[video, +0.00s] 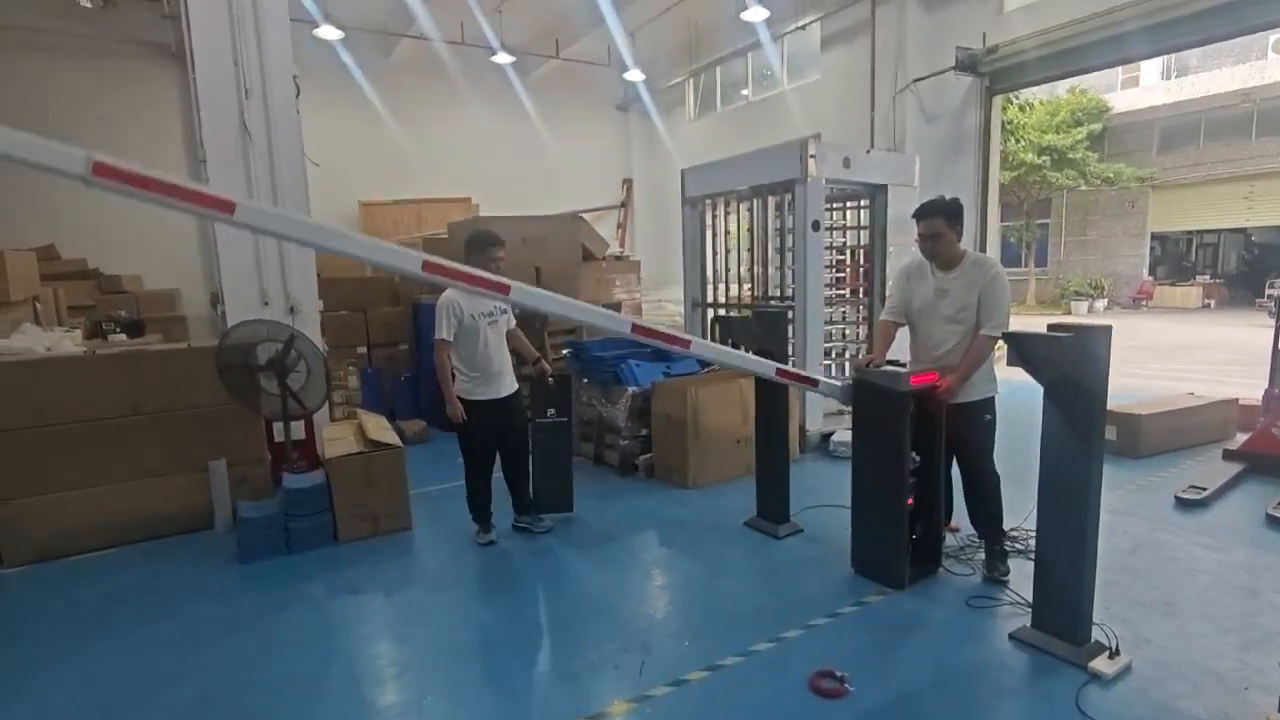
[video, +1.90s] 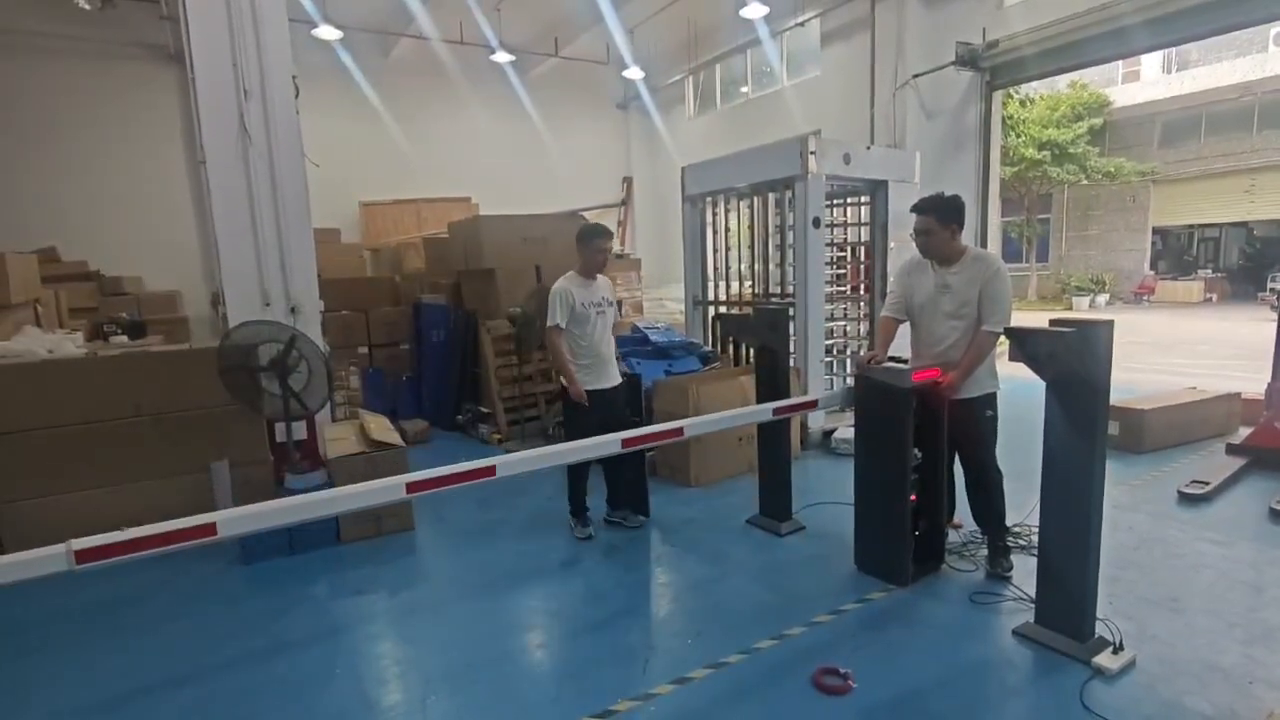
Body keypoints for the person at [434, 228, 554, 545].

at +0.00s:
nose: (501, 266)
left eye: (502, 260)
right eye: (495, 260)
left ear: (500, 260)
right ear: (475, 259)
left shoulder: (499, 293)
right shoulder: (452, 300)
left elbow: (512, 332)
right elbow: (441, 352)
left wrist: (536, 358)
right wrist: (450, 397)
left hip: (508, 395)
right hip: (473, 400)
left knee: (517, 459)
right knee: (479, 466)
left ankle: (523, 513)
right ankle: (483, 524)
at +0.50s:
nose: (532, 265)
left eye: (533, 259)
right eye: (526, 259)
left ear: (532, 260)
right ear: (507, 258)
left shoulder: (528, 292)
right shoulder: (490, 296)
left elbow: (533, 336)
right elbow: (483, 348)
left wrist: (551, 354)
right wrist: (492, 390)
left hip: (536, 388)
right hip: (507, 391)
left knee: (540, 450)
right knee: (503, 458)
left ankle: (543, 505)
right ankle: (490, 520)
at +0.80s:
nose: (551, 263)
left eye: (553, 257)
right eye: (545, 257)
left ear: (553, 258)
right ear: (528, 256)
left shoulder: (549, 291)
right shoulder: (510, 293)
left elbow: (554, 334)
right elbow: (503, 342)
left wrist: (573, 356)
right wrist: (514, 385)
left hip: (552, 385)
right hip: (528, 388)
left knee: (552, 449)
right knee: (537, 453)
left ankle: (546, 504)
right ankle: (532, 514)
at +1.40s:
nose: (577, 263)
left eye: (580, 257)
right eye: (571, 257)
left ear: (582, 256)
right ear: (553, 256)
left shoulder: (579, 288)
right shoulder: (536, 294)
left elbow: (592, 330)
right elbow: (527, 344)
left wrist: (612, 356)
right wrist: (537, 389)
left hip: (586, 386)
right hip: (557, 391)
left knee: (595, 442)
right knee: (565, 452)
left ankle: (560, 492)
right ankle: (579, 514)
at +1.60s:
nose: (590, 260)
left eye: (592, 254)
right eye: (584, 254)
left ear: (589, 254)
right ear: (565, 253)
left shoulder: (589, 286)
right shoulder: (545, 292)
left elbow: (600, 329)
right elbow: (537, 342)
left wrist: (617, 360)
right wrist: (550, 386)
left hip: (597, 386)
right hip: (566, 391)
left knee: (607, 446)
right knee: (569, 456)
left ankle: (600, 503)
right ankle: (577, 514)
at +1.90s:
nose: (607, 257)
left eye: (609, 251)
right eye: (601, 251)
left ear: (608, 251)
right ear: (582, 250)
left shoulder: (605, 285)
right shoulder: (562, 289)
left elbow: (607, 333)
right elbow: (553, 339)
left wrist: (616, 368)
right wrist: (571, 383)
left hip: (612, 386)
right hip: (582, 390)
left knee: (618, 451)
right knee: (581, 455)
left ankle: (617, 509)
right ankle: (579, 514)